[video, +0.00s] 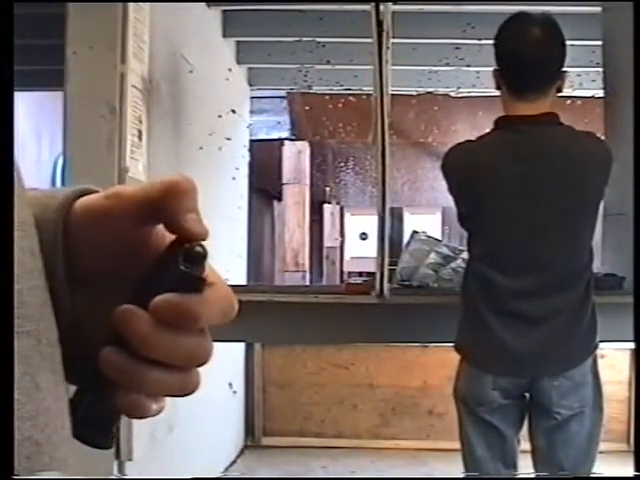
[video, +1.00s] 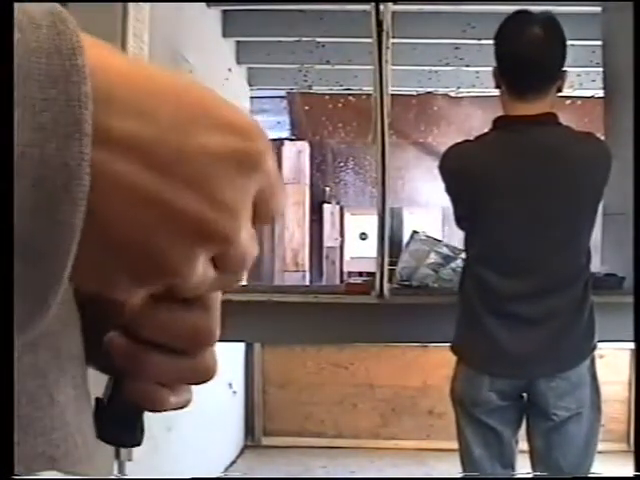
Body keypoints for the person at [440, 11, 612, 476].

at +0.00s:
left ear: (497, 79)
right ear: (562, 80)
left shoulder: (462, 161)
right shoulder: (594, 155)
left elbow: (478, 222)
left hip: (488, 359)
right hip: (567, 360)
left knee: (488, 472)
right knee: (567, 472)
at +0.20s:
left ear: (497, 79)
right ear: (562, 81)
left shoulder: (462, 161)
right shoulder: (594, 155)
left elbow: (475, 222)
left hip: (488, 359)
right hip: (567, 360)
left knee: (487, 472)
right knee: (567, 472)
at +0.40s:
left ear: (497, 81)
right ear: (563, 83)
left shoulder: (462, 163)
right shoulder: (595, 157)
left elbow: (480, 223)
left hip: (489, 361)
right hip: (568, 361)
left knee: (488, 472)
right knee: (567, 472)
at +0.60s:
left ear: (497, 80)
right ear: (563, 81)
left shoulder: (461, 162)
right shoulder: (594, 156)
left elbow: (473, 222)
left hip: (488, 361)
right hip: (568, 361)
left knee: (488, 472)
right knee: (567, 472)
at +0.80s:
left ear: (497, 80)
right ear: (563, 81)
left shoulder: (461, 161)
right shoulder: (594, 156)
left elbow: (471, 222)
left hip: (485, 362)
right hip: (566, 363)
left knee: (486, 472)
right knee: (566, 472)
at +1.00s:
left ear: (497, 80)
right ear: (562, 81)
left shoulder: (460, 161)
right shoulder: (593, 156)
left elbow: (471, 222)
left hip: (485, 361)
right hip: (565, 362)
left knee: (486, 472)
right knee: (565, 472)